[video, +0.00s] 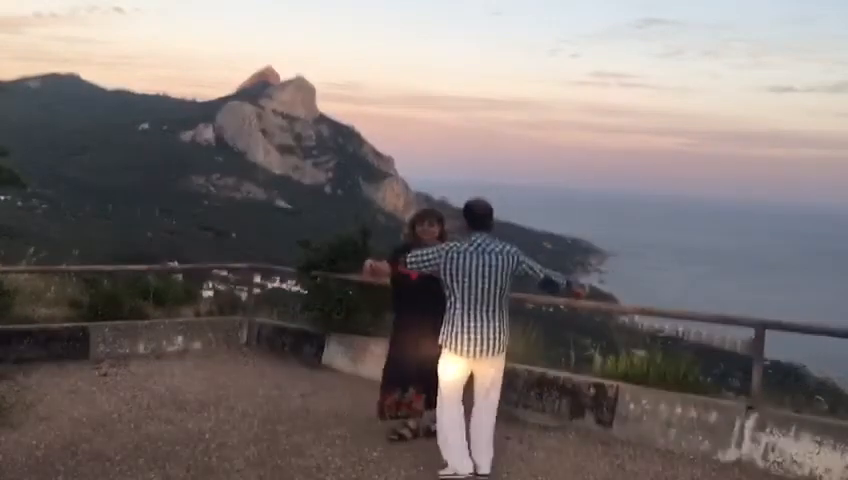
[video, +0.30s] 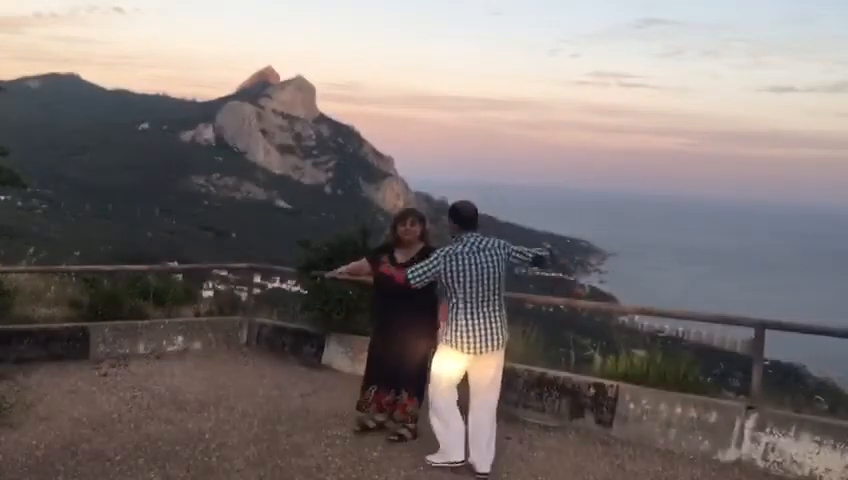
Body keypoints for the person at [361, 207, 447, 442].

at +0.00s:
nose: (428, 229)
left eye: (432, 224)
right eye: (423, 225)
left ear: (441, 229)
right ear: (414, 228)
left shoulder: (446, 254)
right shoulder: (403, 253)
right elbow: (390, 267)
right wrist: (377, 268)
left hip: (436, 318)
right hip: (407, 317)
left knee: (431, 367)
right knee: (405, 364)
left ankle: (428, 417)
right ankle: (407, 418)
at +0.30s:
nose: (407, 229)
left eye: (413, 225)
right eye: (403, 225)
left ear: (422, 229)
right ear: (395, 229)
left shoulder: (432, 257)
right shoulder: (385, 254)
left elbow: (447, 292)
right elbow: (363, 265)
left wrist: (443, 326)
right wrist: (341, 271)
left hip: (419, 326)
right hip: (386, 323)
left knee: (410, 372)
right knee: (379, 368)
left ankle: (405, 424)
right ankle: (373, 417)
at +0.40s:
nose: (401, 227)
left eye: (406, 223)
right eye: (396, 223)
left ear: (415, 227)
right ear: (388, 227)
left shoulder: (425, 255)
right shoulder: (377, 253)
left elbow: (439, 281)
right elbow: (356, 265)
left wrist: (429, 304)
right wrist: (331, 272)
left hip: (411, 325)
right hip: (380, 323)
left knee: (405, 373)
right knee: (373, 371)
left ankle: (406, 424)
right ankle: (368, 420)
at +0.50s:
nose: (394, 227)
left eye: (399, 223)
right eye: (389, 223)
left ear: (408, 227)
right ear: (381, 226)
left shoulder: (417, 254)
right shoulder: (370, 251)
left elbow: (433, 280)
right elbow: (349, 265)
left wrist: (417, 295)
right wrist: (323, 273)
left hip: (403, 325)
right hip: (372, 323)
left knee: (399, 372)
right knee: (369, 370)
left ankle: (404, 424)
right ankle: (367, 420)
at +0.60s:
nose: (387, 228)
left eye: (393, 224)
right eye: (383, 223)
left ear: (401, 228)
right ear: (374, 226)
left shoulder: (409, 254)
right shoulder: (364, 251)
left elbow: (423, 280)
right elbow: (344, 266)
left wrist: (405, 293)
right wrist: (318, 274)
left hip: (394, 322)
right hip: (364, 320)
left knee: (389, 370)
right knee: (362, 369)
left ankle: (395, 422)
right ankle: (364, 421)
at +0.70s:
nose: (381, 229)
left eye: (386, 224)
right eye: (376, 224)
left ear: (396, 228)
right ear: (368, 228)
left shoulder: (404, 254)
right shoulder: (358, 253)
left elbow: (414, 279)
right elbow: (336, 267)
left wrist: (398, 291)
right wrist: (308, 276)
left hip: (388, 321)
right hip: (360, 318)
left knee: (381, 366)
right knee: (358, 366)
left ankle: (379, 416)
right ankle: (362, 418)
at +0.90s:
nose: (368, 226)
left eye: (374, 222)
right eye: (364, 221)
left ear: (384, 226)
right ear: (357, 225)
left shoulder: (391, 253)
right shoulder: (349, 251)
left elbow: (397, 278)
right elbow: (329, 268)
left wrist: (384, 286)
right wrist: (300, 278)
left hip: (379, 324)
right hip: (350, 320)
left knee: (370, 370)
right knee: (348, 366)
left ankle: (360, 424)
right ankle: (352, 417)